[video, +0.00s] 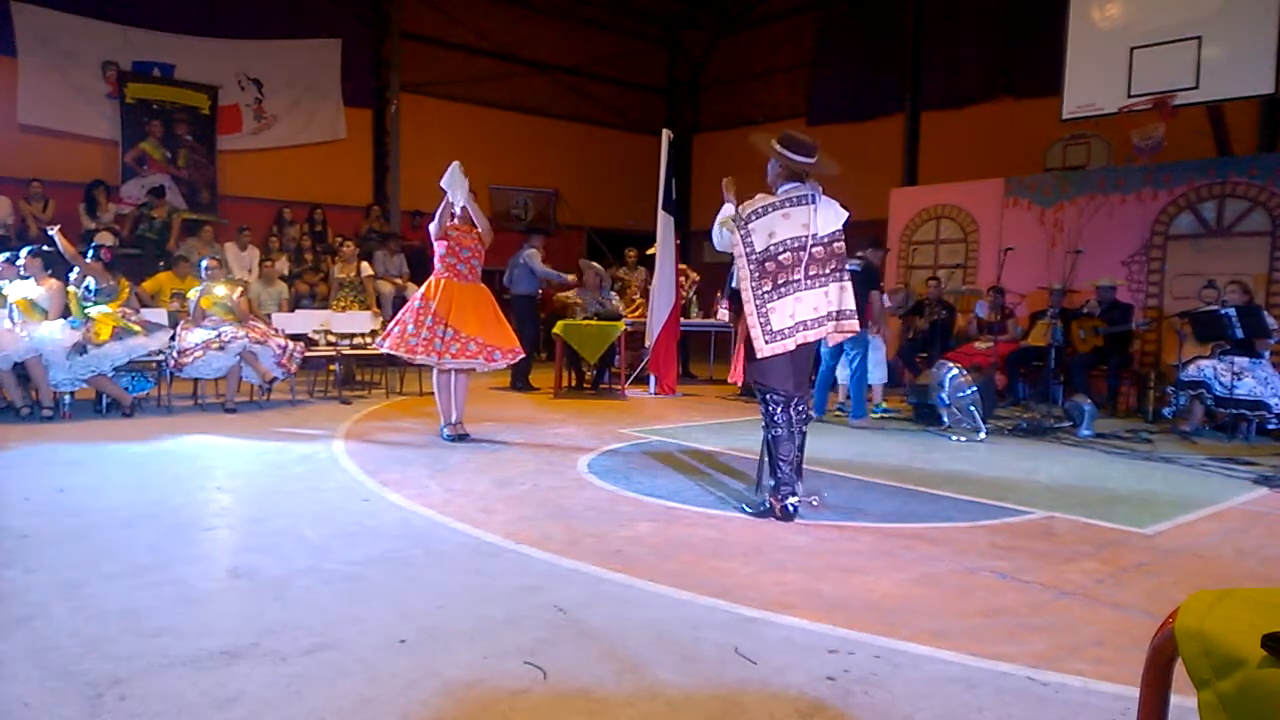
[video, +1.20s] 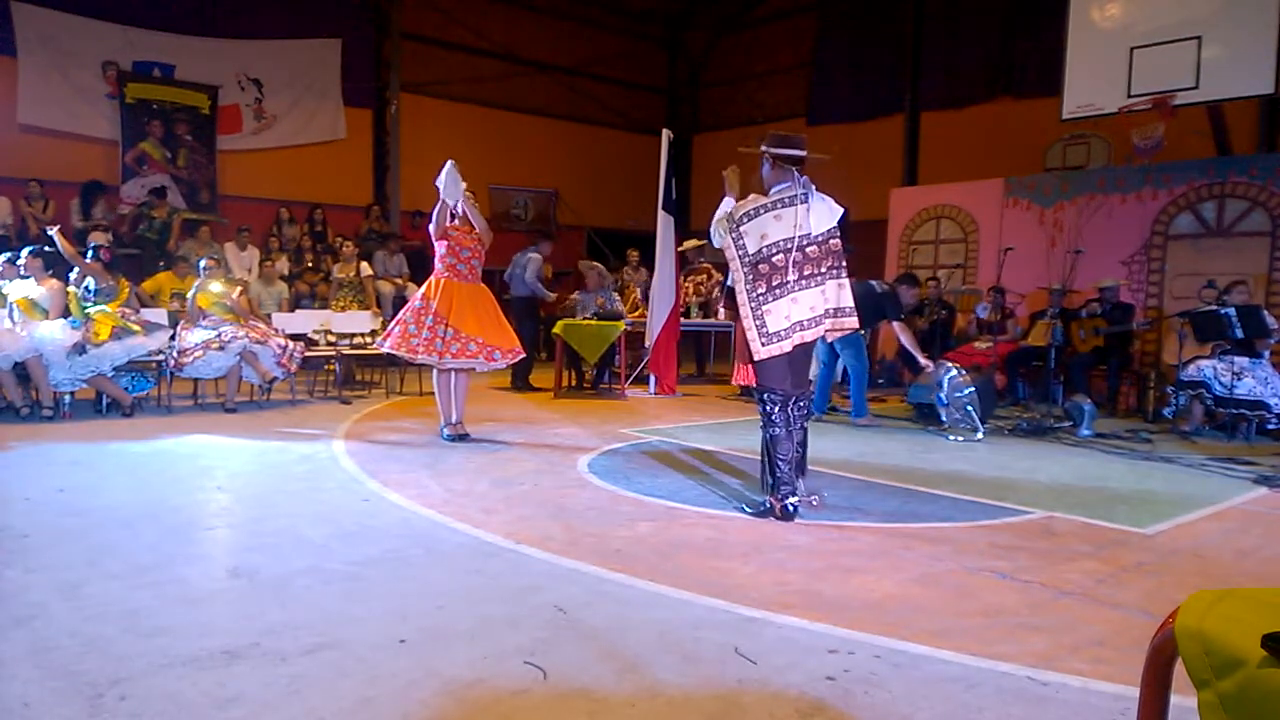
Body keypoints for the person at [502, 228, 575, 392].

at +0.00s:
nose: (543, 244)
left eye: (543, 240)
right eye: (541, 240)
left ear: (529, 240)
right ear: (535, 239)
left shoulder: (516, 256)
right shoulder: (531, 253)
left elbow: (507, 280)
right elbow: (540, 271)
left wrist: (525, 287)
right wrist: (565, 278)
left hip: (516, 298)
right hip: (527, 299)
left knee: (523, 337)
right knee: (530, 338)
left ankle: (518, 376)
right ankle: (522, 377)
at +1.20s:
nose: (550, 251)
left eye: (551, 247)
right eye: (549, 246)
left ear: (536, 244)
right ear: (542, 245)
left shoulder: (519, 256)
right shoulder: (536, 258)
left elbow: (507, 276)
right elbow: (530, 278)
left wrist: (520, 286)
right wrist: (548, 295)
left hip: (516, 299)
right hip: (528, 299)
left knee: (521, 338)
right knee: (529, 339)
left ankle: (517, 376)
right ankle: (523, 377)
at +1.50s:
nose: (564, 260)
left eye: (565, 257)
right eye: (564, 256)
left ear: (553, 251)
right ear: (556, 253)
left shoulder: (532, 259)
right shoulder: (546, 260)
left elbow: (517, 274)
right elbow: (533, 275)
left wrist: (530, 289)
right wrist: (547, 297)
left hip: (519, 297)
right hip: (528, 298)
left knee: (529, 340)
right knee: (531, 341)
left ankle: (535, 376)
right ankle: (524, 378)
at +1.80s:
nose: (576, 262)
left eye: (577, 259)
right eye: (575, 258)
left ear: (569, 257)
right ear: (568, 255)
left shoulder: (557, 268)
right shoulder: (555, 260)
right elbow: (538, 272)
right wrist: (550, 293)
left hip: (537, 299)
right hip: (529, 298)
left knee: (539, 340)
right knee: (531, 340)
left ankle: (538, 377)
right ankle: (521, 378)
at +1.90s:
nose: (577, 263)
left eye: (578, 259)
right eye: (576, 258)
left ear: (570, 258)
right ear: (570, 255)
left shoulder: (560, 268)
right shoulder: (556, 260)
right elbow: (539, 271)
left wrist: (552, 297)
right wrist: (551, 293)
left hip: (540, 300)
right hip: (531, 299)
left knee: (539, 341)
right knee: (529, 340)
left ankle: (538, 377)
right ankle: (520, 378)